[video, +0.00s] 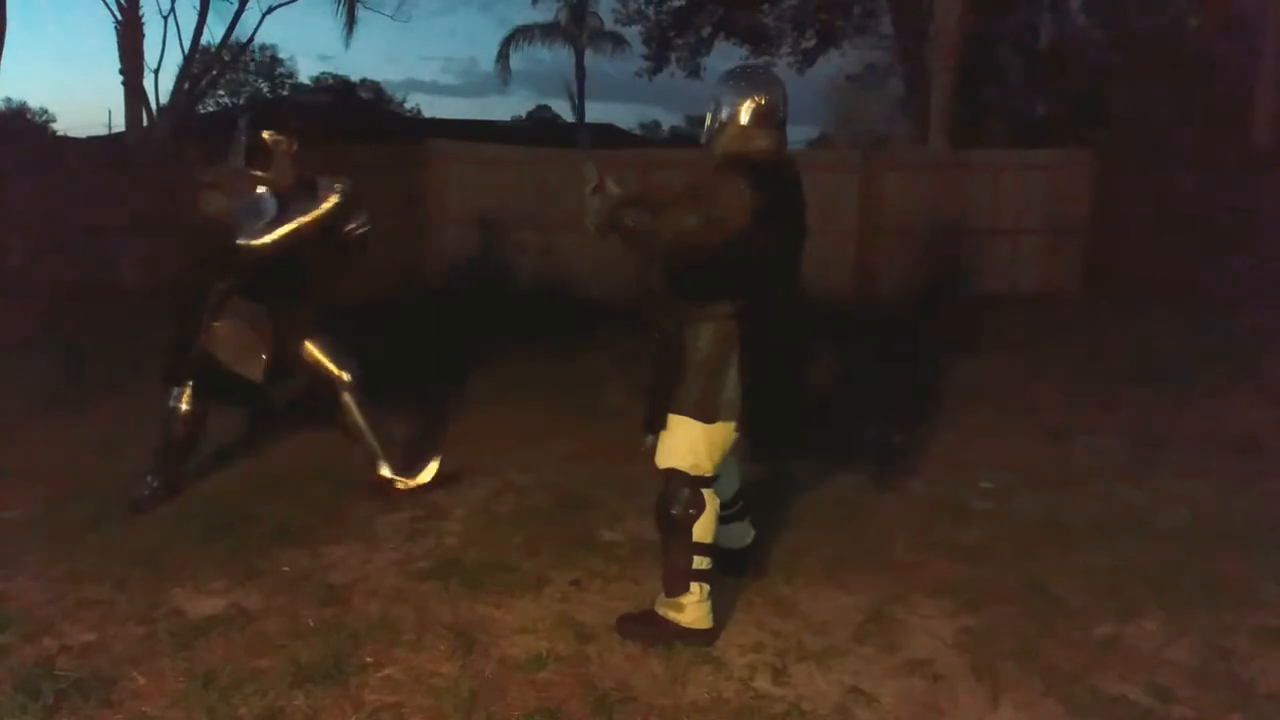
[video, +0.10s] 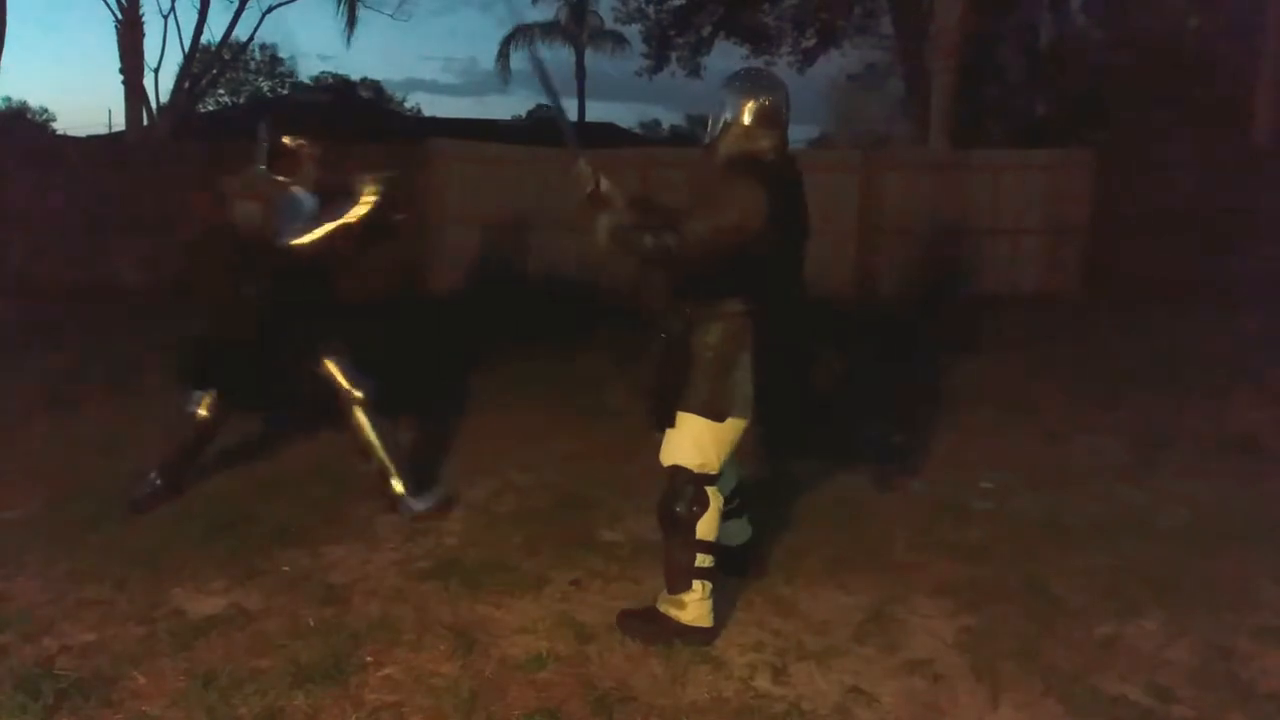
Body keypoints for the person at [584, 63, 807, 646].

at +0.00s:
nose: (712, 129)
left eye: (719, 119)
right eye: (718, 119)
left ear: (734, 123)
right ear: (773, 125)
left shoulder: (740, 183)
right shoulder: (775, 178)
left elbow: (686, 242)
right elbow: (693, 216)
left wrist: (620, 215)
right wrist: (631, 203)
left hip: (719, 333)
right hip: (749, 329)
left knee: (683, 467)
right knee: (716, 433)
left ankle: (687, 607)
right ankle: (728, 528)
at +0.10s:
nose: (717, 130)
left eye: (727, 120)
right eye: (725, 120)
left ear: (742, 127)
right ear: (773, 130)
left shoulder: (749, 189)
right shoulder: (766, 183)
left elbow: (689, 250)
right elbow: (692, 230)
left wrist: (621, 226)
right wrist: (627, 205)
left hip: (728, 346)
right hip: (737, 339)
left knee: (688, 475)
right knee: (707, 461)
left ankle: (687, 607)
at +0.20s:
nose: (721, 134)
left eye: (730, 123)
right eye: (727, 123)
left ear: (749, 128)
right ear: (773, 130)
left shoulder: (755, 191)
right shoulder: (766, 184)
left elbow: (709, 256)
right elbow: (697, 232)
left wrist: (645, 254)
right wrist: (632, 214)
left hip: (730, 349)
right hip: (733, 344)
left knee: (689, 476)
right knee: (699, 472)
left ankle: (688, 607)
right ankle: (693, 602)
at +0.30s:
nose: (726, 135)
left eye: (735, 124)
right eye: (732, 124)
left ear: (754, 128)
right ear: (779, 130)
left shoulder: (760, 193)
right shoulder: (773, 185)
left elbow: (713, 268)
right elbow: (701, 240)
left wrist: (650, 268)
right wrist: (628, 215)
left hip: (738, 350)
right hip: (740, 344)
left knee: (691, 464)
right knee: (702, 459)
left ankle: (705, 607)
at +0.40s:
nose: (732, 131)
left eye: (740, 119)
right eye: (738, 119)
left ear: (756, 124)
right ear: (788, 127)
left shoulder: (759, 189)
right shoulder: (787, 187)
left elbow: (723, 272)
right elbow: (718, 256)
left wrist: (660, 267)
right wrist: (645, 222)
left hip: (744, 349)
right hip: (756, 342)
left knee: (703, 467)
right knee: (714, 466)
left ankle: (741, 608)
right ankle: (737, 602)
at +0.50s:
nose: (733, 129)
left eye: (742, 117)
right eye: (740, 116)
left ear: (762, 123)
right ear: (791, 125)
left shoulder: (760, 188)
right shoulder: (790, 184)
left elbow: (729, 273)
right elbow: (734, 268)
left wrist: (659, 268)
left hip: (744, 354)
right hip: (763, 346)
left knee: (726, 491)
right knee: (730, 474)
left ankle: (757, 637)